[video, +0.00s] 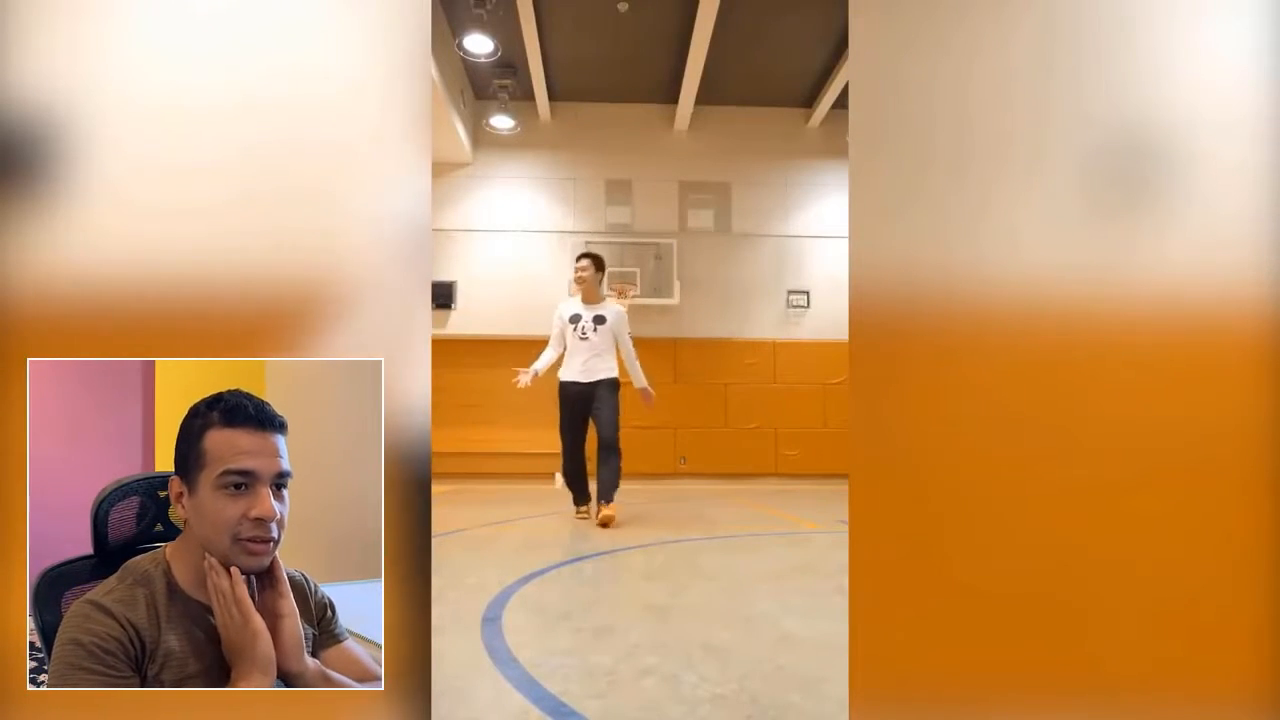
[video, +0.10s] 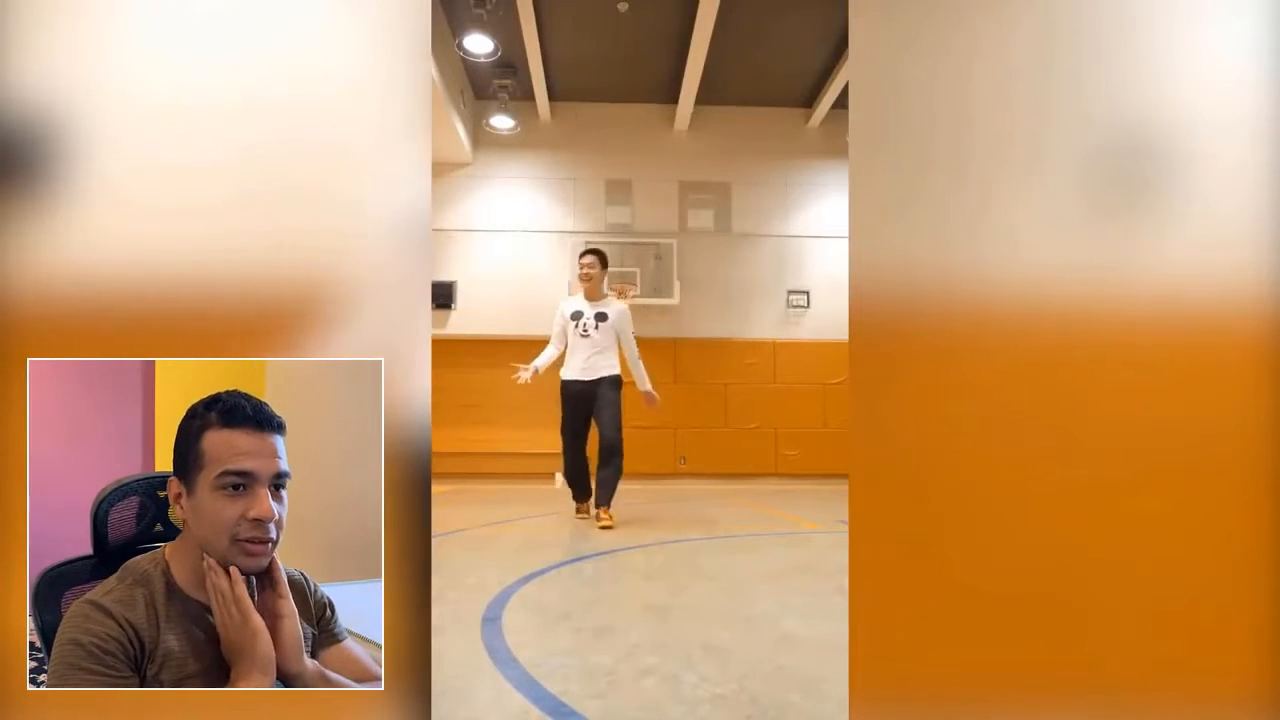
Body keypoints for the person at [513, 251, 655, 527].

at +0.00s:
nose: (578, 274)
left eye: (584, 270)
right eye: (576, 270)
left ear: (599, 274)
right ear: (574, 275)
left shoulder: (615, 312)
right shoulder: (565, 308)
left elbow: (628, 352)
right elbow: (554, 347)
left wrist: (642, 384)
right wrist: (534, 370)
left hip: (604, 381)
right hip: (572, 382)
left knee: (609, 437)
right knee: (572, 444)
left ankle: (605, 502)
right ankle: (581, 501)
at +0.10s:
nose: (585, 271)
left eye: (591, 266)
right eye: (582, 266)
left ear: (603, 272)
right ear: (578, 271)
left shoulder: (618, 309)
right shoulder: (567, 306)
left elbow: (631, 352)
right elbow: (555, 345)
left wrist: (645, 386)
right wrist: (534, 366)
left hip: (607, 380)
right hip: (574, 381)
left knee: (611, 440)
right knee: (573, 443)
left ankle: (603, 505)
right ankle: (582, 499)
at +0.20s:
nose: (592, 260)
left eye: (598, 256)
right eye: (588, 255)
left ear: (608, 262)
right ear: (581, 260)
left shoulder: (622, 300)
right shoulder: (570, 297)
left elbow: (638, 343)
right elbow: (558, 338)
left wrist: (653, 376)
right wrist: (533, 360)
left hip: (613, 375)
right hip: (578, 375)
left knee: (615, 440)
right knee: (572, 436)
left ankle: (606, 508)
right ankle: (580, 486)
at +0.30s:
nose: (592, 252)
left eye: (598, 247)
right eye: (588, 247)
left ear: (608, 253)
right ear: (581, 252)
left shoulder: (625, 291)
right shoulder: (570, 291)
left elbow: (641, 329)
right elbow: (559, 333)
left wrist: (654, 353)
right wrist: (533, 352)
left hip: (615, 371)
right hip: (579, 370)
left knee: (615, 440)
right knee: (576, 434)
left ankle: (606, 507)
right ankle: (585, 496)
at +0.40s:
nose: (592, 249)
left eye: (598, 244)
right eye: (587, 244)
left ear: (608, 250)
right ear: (580, 250)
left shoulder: (626, 287)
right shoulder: (570, 290)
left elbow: (643, 323)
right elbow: (561, 332)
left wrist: (652, 334)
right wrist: (534, 346)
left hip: (618, 372)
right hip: (580, 370)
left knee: (617, 443)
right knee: (578, 435)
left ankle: (607, 508)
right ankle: (588, 509)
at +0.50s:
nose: (591, 248)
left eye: (597, 243)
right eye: (586, 243)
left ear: (607, 248)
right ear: (578, 249)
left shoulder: (626, 286)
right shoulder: (570, 289)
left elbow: (633, 327)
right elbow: (562, 336)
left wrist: (636, 328)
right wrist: (544, 342)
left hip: (619, 374)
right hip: (581, 374)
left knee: (618, 444)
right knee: (579, 440)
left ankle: (606, 508)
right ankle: (585, 508)